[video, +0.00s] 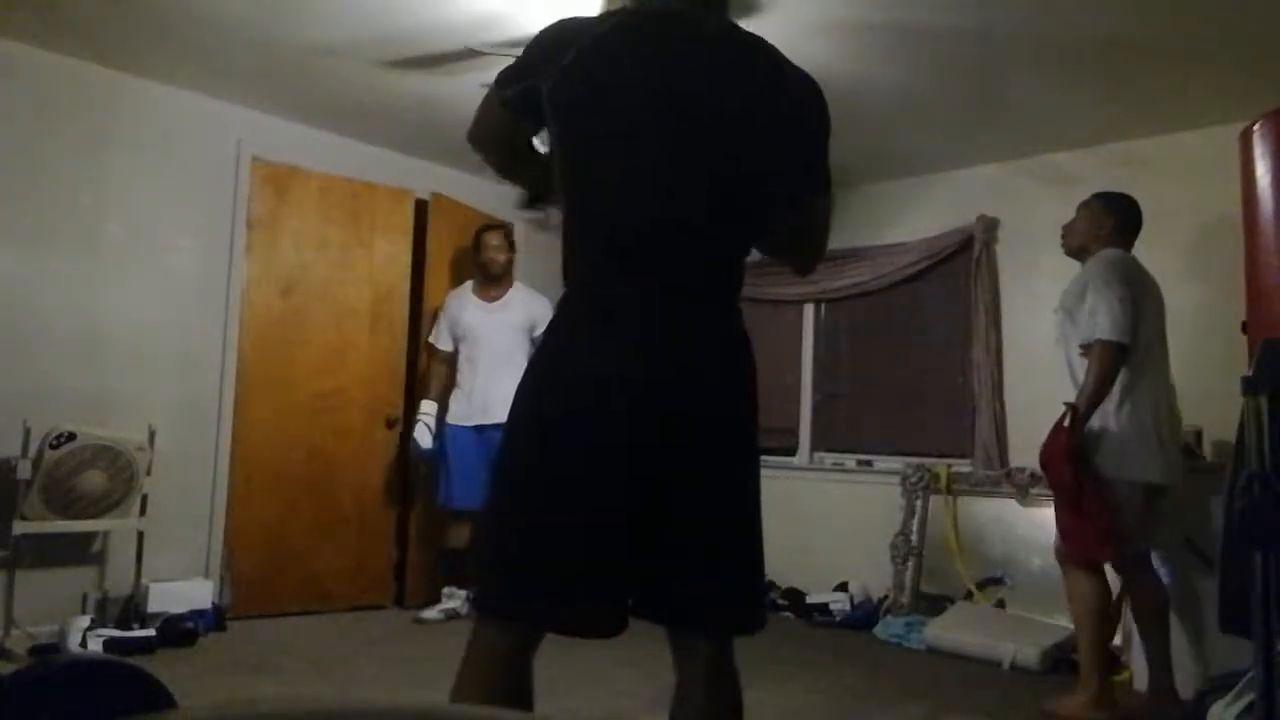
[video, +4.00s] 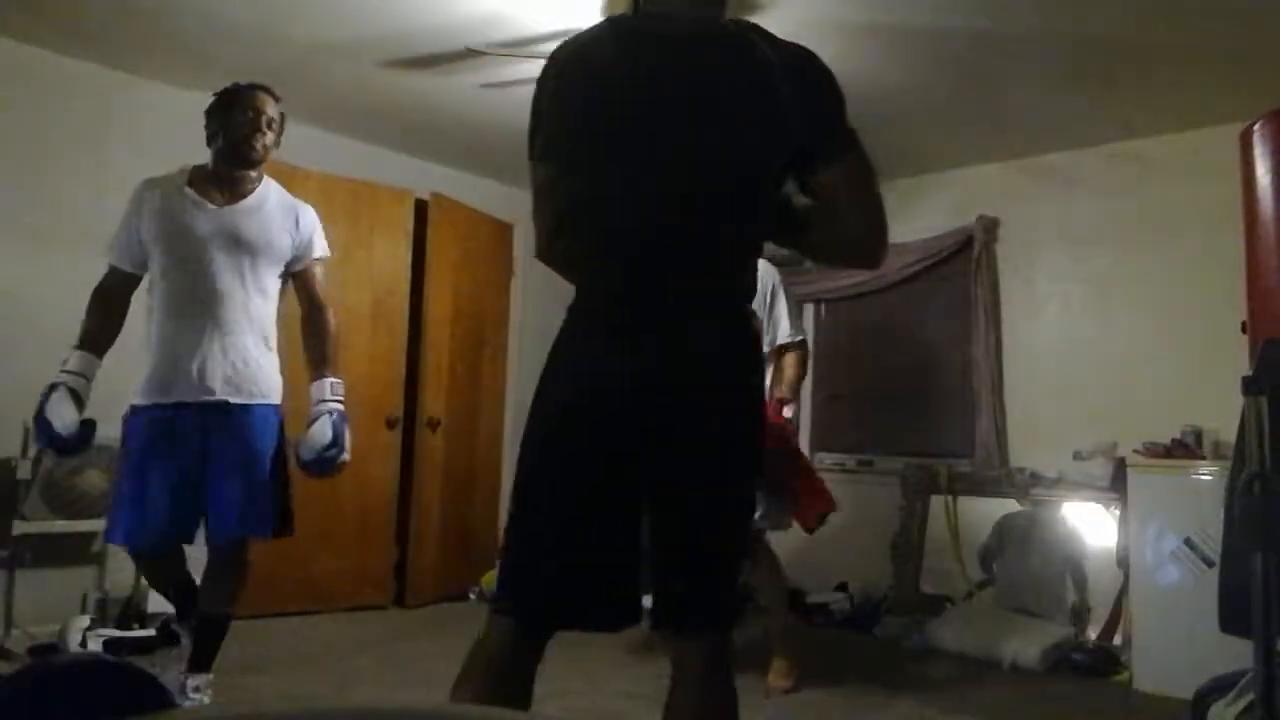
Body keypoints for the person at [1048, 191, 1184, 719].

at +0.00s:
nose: (1066, 227)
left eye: (1077, 218)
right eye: (1071, 218)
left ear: (1106, 225)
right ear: (1116, 230)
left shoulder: (1106, 270)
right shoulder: (1133, 274)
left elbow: (1110, 349)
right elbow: (1129, 359)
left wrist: (1074, 423)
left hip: (1112, 450)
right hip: (1144, 451)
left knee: (1075, 556)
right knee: (1135, 561)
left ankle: (1090, 692)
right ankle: (1160, 688)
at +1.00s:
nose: (938, 232)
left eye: (949, 223)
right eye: (938, 225)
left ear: (979, 234)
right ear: (947, 237)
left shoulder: (1002, 278)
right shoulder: (945, 293)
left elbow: (1050, 341)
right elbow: (957, 360)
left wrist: (997, 379)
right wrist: (920, 378)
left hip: (996, 446)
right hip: (951, 448)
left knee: (975, 549)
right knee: (947, 549)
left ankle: (1041, 659)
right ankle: (974, 659)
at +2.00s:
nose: (851, 242)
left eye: (861, 232)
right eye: (852, 234)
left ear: (892, 238)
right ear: (867, 243)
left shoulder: (915, 280)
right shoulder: (861, 295)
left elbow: (960, 338)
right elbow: (849, 352)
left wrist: (901, 360)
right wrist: (833, 361)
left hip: (905, 441)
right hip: (870, 442)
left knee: (895, 544)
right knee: (884, 542)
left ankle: (906, 672)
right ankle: (917, 650)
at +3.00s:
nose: (768, 237)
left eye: (778, 229)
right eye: (768, 230)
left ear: (808, 235)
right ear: (777, 239)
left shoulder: (830, 278)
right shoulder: (774, 292)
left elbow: (853, 352)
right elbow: (769, 354)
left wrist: (779, 364)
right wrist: (738, 363)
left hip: (817, 440)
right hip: (775, 438)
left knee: (807, 544)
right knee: (771, 541)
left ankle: (833, 672)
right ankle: (793, 642)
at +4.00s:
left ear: (732, 230)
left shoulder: (759, 273)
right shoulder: (674, 280)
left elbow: (791, 347)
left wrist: (782, 403)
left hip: (745, 426)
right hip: (686, 424)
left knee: (749, 540)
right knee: (695, 538)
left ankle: (781, 646)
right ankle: (701, 653)